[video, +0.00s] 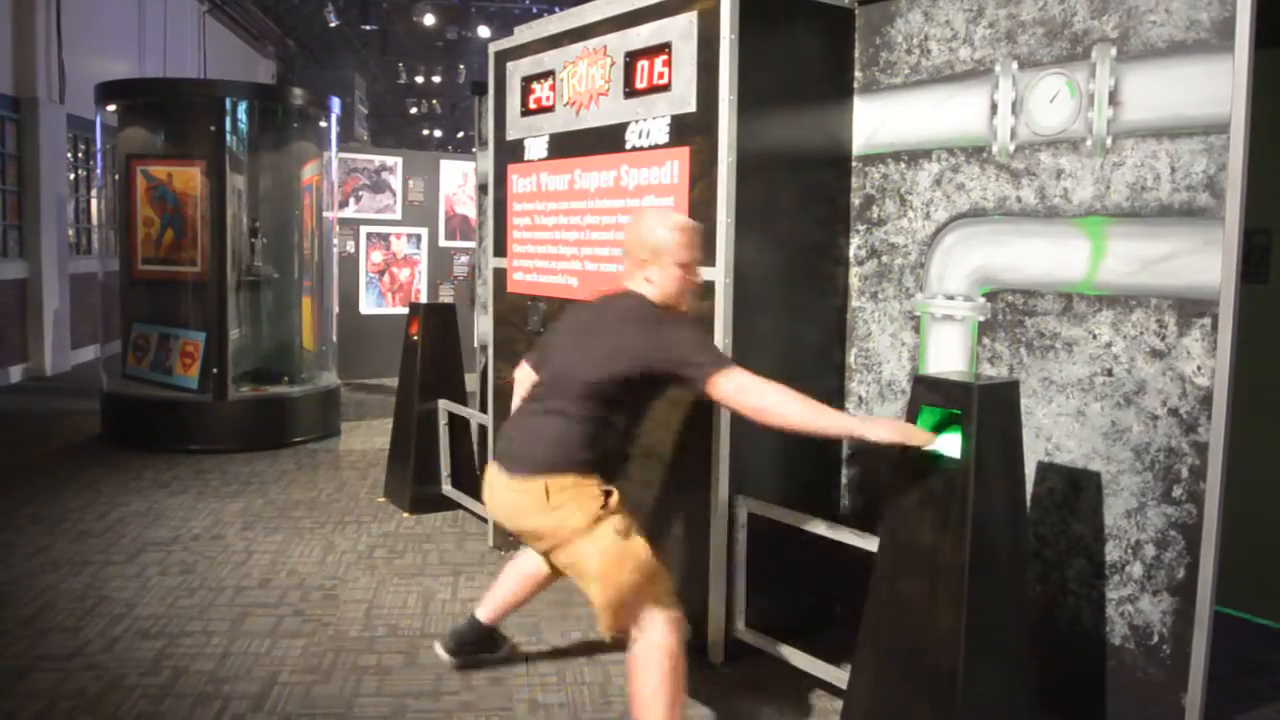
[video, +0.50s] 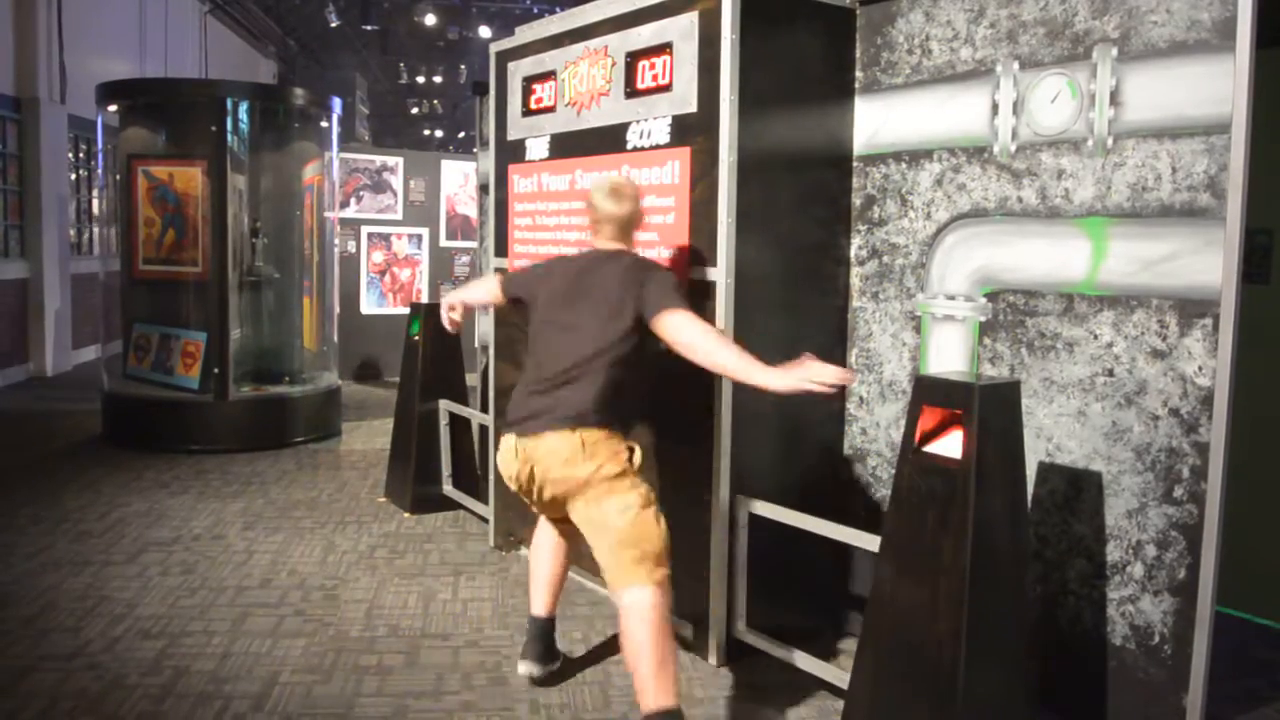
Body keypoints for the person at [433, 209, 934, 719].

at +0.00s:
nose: (699, 277)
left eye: (698, 264)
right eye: (689, 264)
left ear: (642, 266)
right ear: (647, 266)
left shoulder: (584, 312)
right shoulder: (669, 333)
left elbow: (523, 383)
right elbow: (760, 400)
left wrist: (531, 457)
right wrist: (868, 426)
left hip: (505, 479)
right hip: (561, 490)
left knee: (555, 543)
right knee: (658, 618)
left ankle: (473, 631)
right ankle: (661, 718)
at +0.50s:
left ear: (588, 223)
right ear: (637, 223)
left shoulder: (549, 273)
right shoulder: (644, 276)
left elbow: (487, 290)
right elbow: (687, 334)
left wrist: (453, 299)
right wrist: (771, 376)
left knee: (552, 514)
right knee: (640, 585)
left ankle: (538, 644)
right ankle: (661, 710)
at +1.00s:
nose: (466, 220)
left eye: (461, 215)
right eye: (462, 215)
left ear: (425, 231)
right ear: (460, 220)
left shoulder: (413, 272)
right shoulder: (481, 249)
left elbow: (380, 337)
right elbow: (504, 283)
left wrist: (414, 352)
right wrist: (541, 338)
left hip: (395, 389)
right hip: (445, 394)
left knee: (396, 444)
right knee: (518, 468)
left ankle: (351, 509)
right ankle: (495, 582)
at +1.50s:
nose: (436, 270)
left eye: (434, 265)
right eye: (433, 265)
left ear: (395, 268)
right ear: (421, 264)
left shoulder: (381, 293)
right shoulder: (421, 286)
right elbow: (433, 305)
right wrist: (461, 329)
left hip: (326, 383)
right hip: (366, 383)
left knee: (364, 432)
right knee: (457, 438)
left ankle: (328, 513)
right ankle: (420, 543)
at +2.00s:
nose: (534, 176)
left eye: (533, 167)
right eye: (526, 168)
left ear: (487, 176)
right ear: (494, 174)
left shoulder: (460, 226)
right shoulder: (508, 210)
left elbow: (413, 275)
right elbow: (545, 242)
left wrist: (378, 320)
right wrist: (607, 261)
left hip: (432, 363)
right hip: (465, 374)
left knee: (510, 439)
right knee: (479, 480)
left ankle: (463, 547)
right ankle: (383, 540)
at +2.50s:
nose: (788, 408)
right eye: (782, 395)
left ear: (729, 374)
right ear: (739, 387)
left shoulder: (661, 371)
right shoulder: (709, 409)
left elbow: (588, 383)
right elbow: (803, 471)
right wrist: (914, 465)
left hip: (503, 460)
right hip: (538, 477)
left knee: (577, 529)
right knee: (663, 596)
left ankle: (506, 634)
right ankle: (620, 716)